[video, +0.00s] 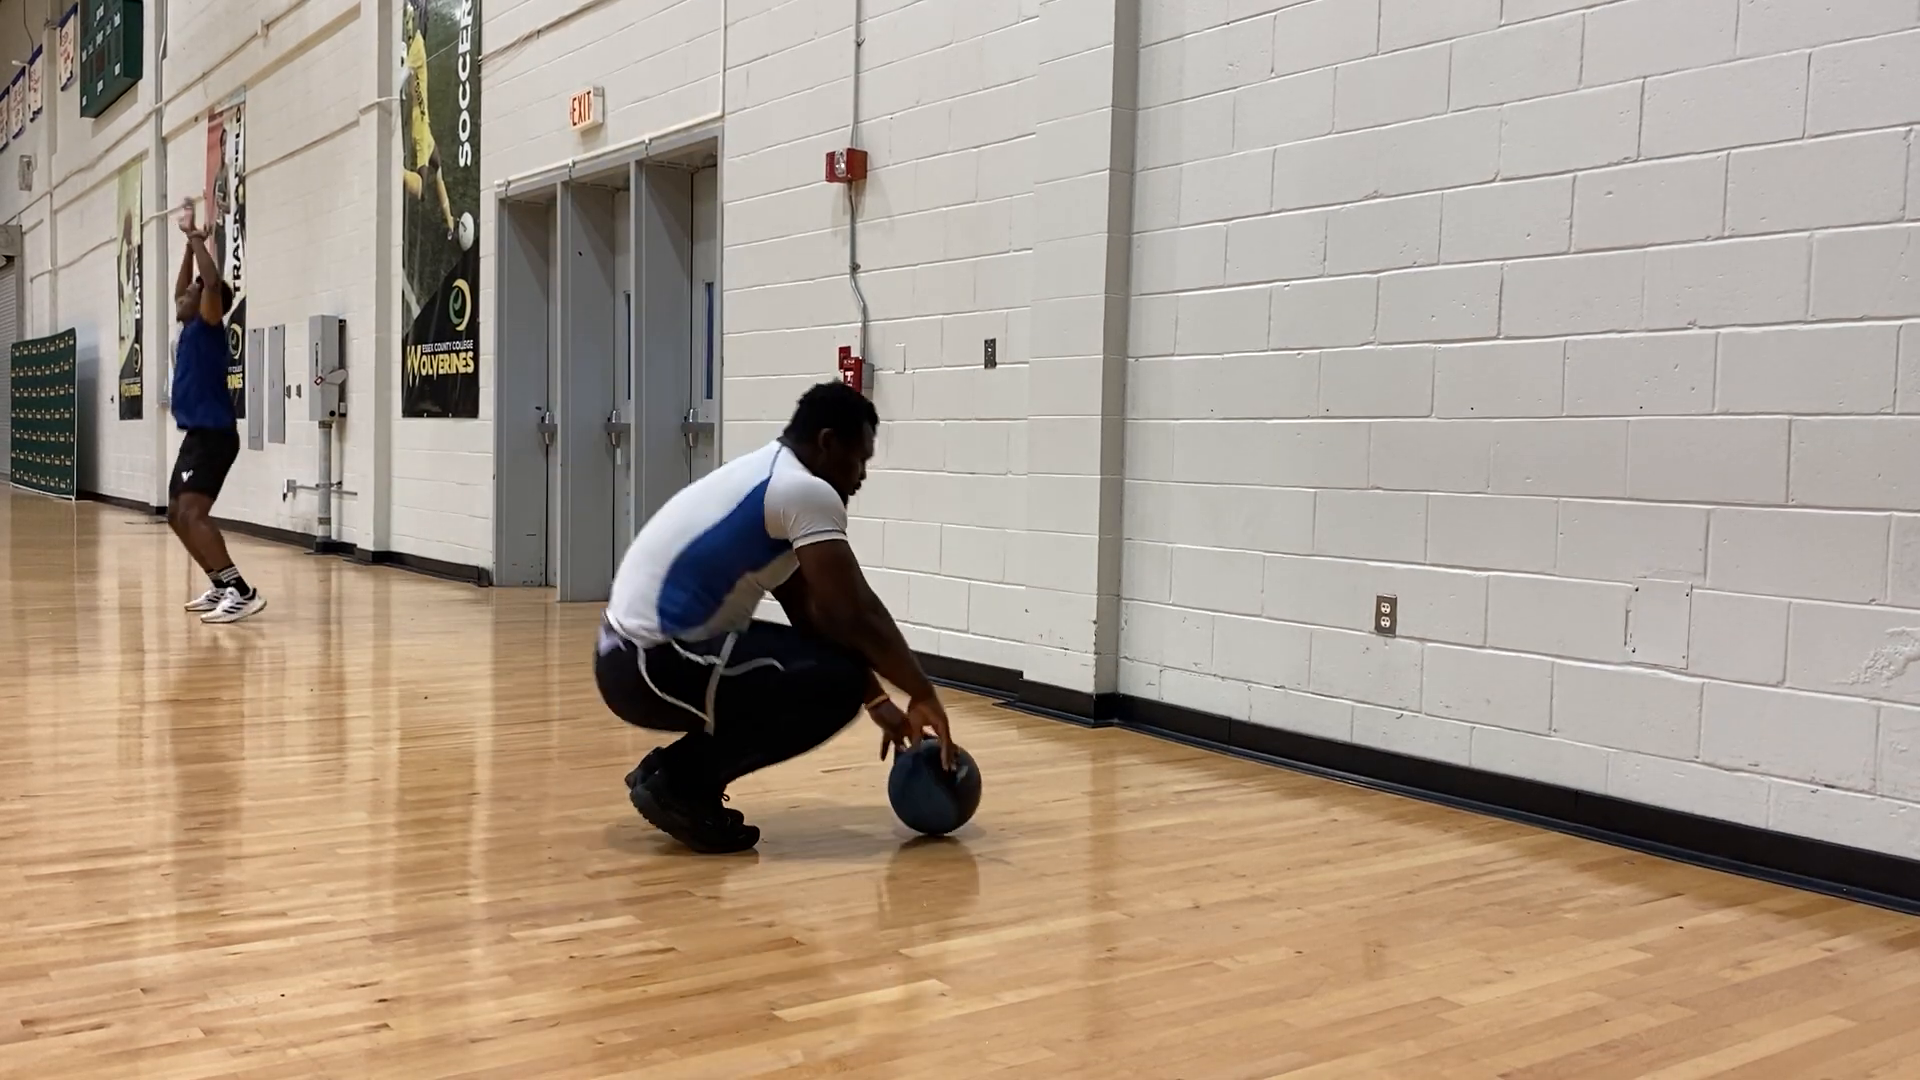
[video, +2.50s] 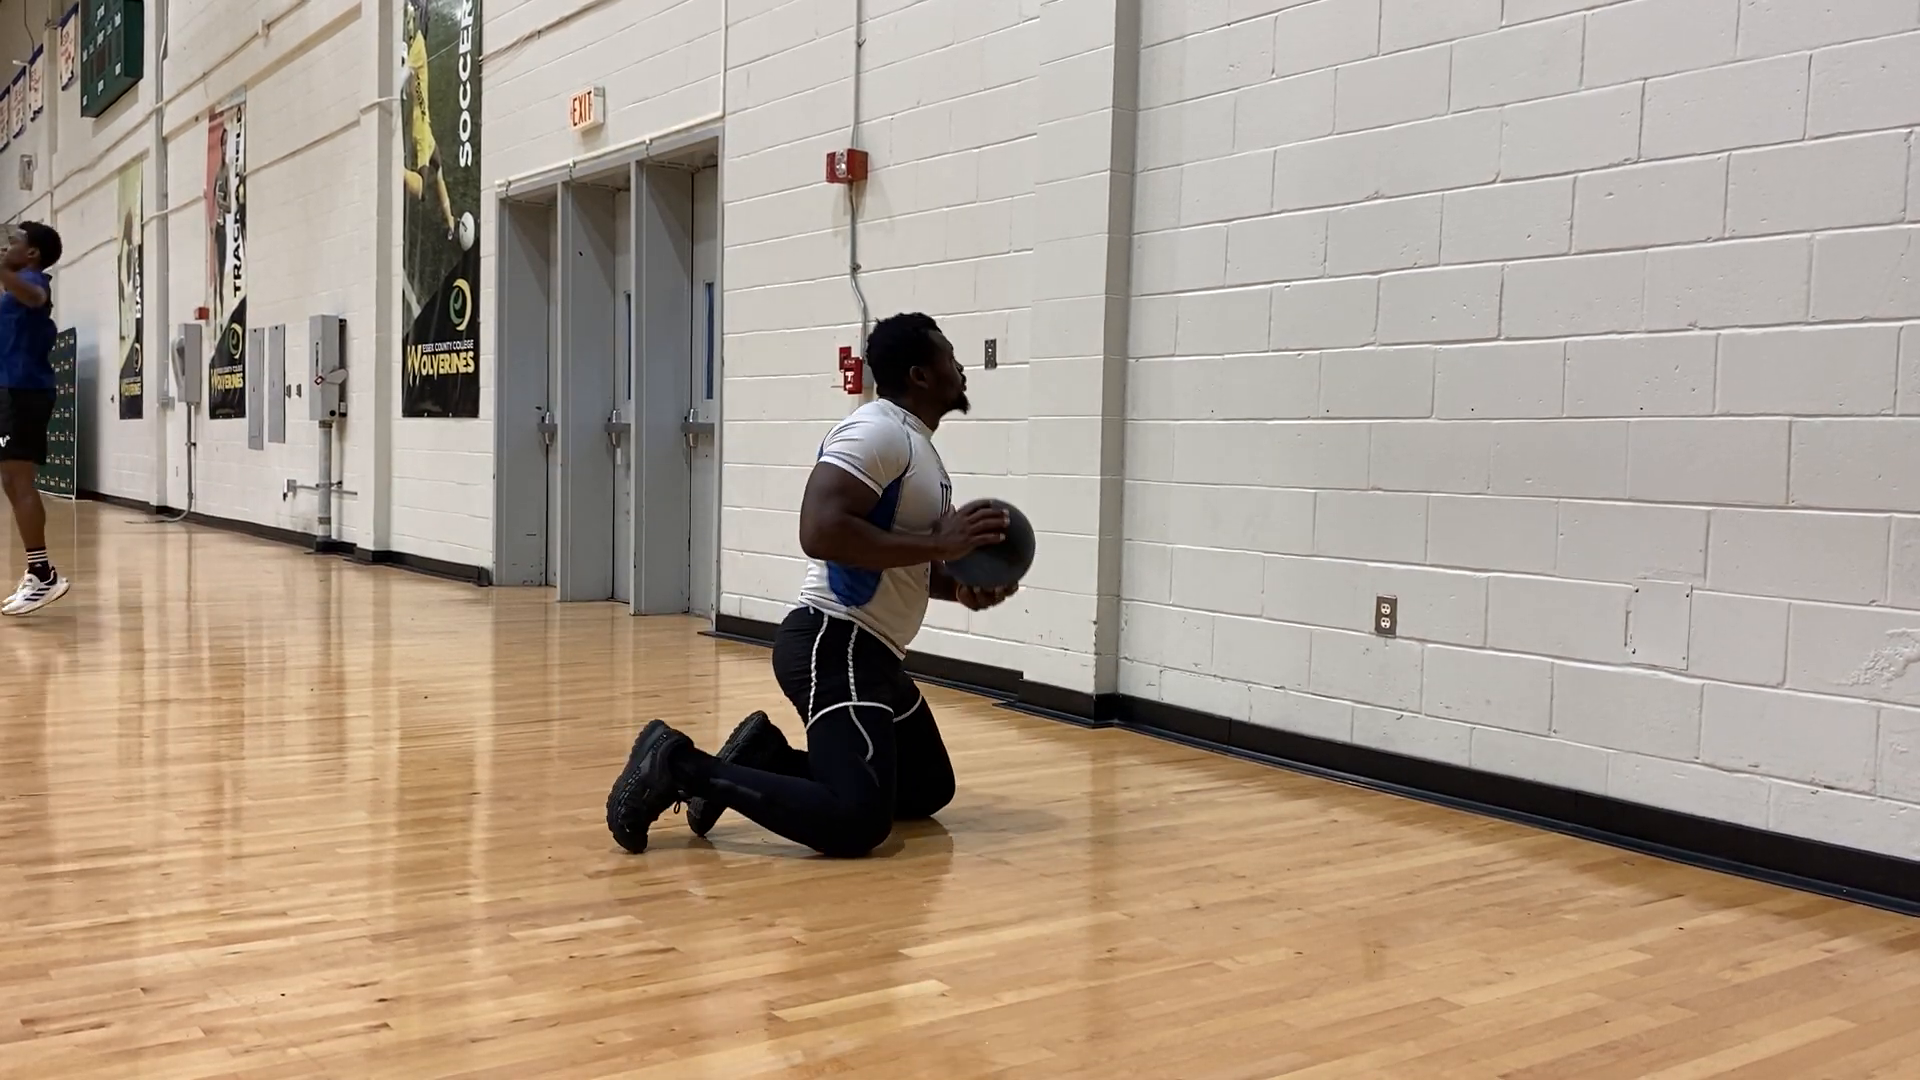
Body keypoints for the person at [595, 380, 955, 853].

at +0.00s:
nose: (863, 475)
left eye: (868, 460)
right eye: (862, 458)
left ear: (816, 440)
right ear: (827, 443)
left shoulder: (765, 474)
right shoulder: (805, 491)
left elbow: (812, 618)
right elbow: (853, 612)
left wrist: (876, 701)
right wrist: (924, 694)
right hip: (656, 664)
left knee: (826, 663)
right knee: (838, 685)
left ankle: (680, 774)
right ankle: (683, 785)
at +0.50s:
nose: (907, 409)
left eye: (904, 394)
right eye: (899, 393)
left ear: (854, 397)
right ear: (864, 398)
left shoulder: (783, 467)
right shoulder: (855, 480)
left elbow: (801, 592)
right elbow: (881, 618)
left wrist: (876, 654)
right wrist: (943, 709)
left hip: (780, 684)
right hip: (819, 690)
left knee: (922, 791)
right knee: (938, 826)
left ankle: (750, 755)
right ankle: (761, 776)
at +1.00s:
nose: (1009, 444)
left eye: (1011, 430)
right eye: (1007, 428)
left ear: (960, 413)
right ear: (979, 415)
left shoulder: (913, 453)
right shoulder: (945, 455)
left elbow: (909, 607)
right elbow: (944, 580)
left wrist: (970, 684)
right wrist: (985, 689)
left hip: (838, 643)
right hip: (856, 647)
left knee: (936, 793)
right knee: (940, 817)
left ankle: (767, 745)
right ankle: (768, 760)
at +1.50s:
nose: (1037, 458)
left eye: (1041, 444)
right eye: (1037, 441)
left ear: (996, 424)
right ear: (1005, 425)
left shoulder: (961, 473)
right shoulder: (949, 460)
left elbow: (956, 593)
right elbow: (931, 589)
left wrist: (990, 691)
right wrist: (983, 697)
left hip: (860, 648)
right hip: (838, 644)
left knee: (930, 786)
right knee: (884, 822)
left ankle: (767, 754)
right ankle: (712, 776)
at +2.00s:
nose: (1009, 448)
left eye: (1005, 435)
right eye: (999, 436)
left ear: (957, 447)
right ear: (962, 447)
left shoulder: (943, 505)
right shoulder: (914, 503)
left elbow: (934, 605)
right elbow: (876, 632)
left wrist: (979, 691)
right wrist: (950, 723)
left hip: (832, 661)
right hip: (793, 659)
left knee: (919, 783)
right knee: (879, 823)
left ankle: (754, 765)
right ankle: (706, 782)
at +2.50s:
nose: (961, 367)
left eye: (954, 355)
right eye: (950, 356)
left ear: (916, 377)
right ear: (920, 375)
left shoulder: (920, 450)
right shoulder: (878, 429)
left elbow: (899, 562)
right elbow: (821, 530)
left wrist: (961, 587)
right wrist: (934, 545)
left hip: (871, 649)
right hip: (833, 641)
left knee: (925, 787)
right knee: (858, 822)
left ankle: (770, 760)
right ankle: (681, 766)